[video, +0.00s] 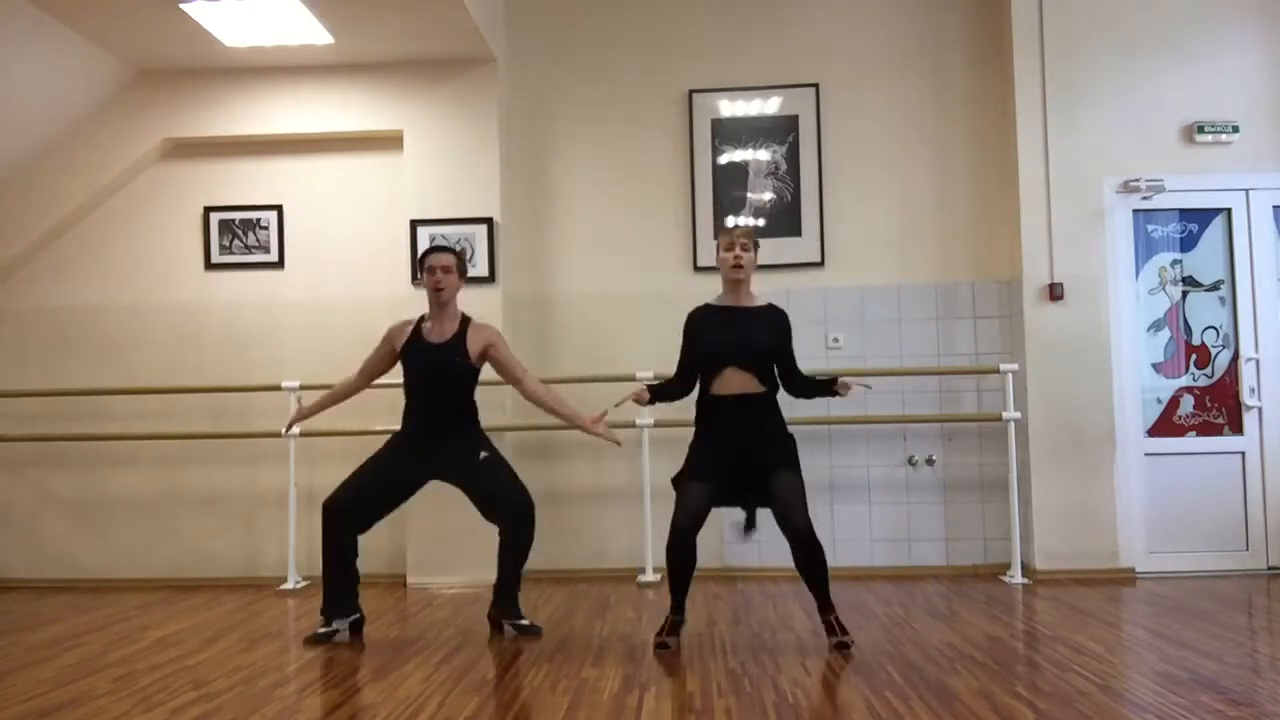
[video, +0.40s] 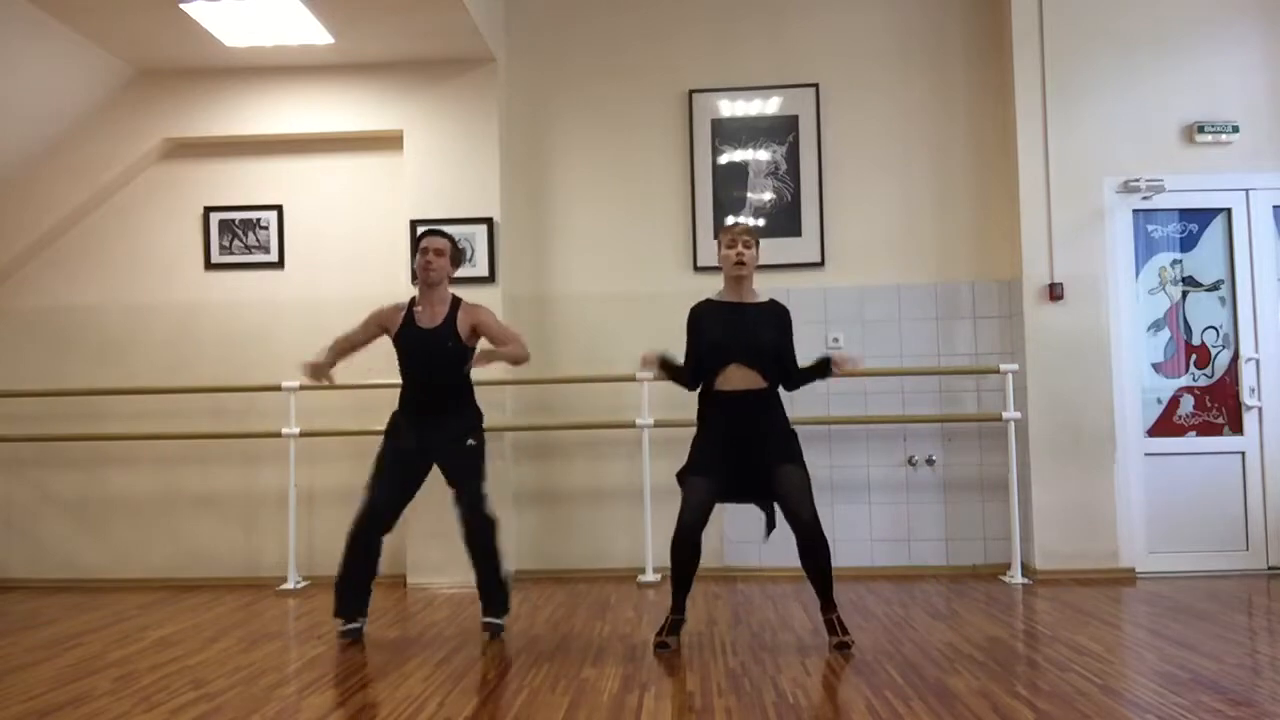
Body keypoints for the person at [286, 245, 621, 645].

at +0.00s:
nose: (437, 278)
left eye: (445, 270)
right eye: (430, 271)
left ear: (461, 279)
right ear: (421, 281)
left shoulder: (482, 337)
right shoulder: (403, 334)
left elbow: (533, 388)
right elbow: (358, 380)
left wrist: (584, 421)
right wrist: (306, 410)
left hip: (466, 450)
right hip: (411, 449)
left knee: (519, 513)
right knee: (338, 511)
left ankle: (505, 608)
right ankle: (343, 614)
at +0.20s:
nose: (431, 268)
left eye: (440, 262)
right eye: (424, 262)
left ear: (455, 272)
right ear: (416, 273)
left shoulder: (476, 327)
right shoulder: (397, 327)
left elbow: (525, 376)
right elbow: (354, 376)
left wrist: (587, 392)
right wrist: (296, 390)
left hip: (463, 443)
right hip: (407, 443)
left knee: (514, 509)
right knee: (339, 512)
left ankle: (508, 610)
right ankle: (343, 615)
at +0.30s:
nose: (429, 261)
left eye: (438, 256)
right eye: (424, 255)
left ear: (453, 268)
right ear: (415, 265)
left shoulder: (474, 319)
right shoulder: (394, 321)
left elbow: (516, 364)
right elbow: (349, 363)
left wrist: (536, 354)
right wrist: (302, 366)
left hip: (460, 435)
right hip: (407, 435)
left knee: (497, 509)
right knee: (353, 514)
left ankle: (503, 612)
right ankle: (346, 616)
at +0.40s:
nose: (428, 259)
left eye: (437, 254)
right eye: (423, 253)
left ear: (453, 267)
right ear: (414, 264)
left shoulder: (471, 315)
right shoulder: (392, 317)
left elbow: (521, 352)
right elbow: (347, 344)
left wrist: (486, 355)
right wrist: (324, 363)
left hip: (459, 432)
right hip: (409, 432)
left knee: (475, 517)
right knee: (371, 519)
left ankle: (493, 609)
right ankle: (352, 613)